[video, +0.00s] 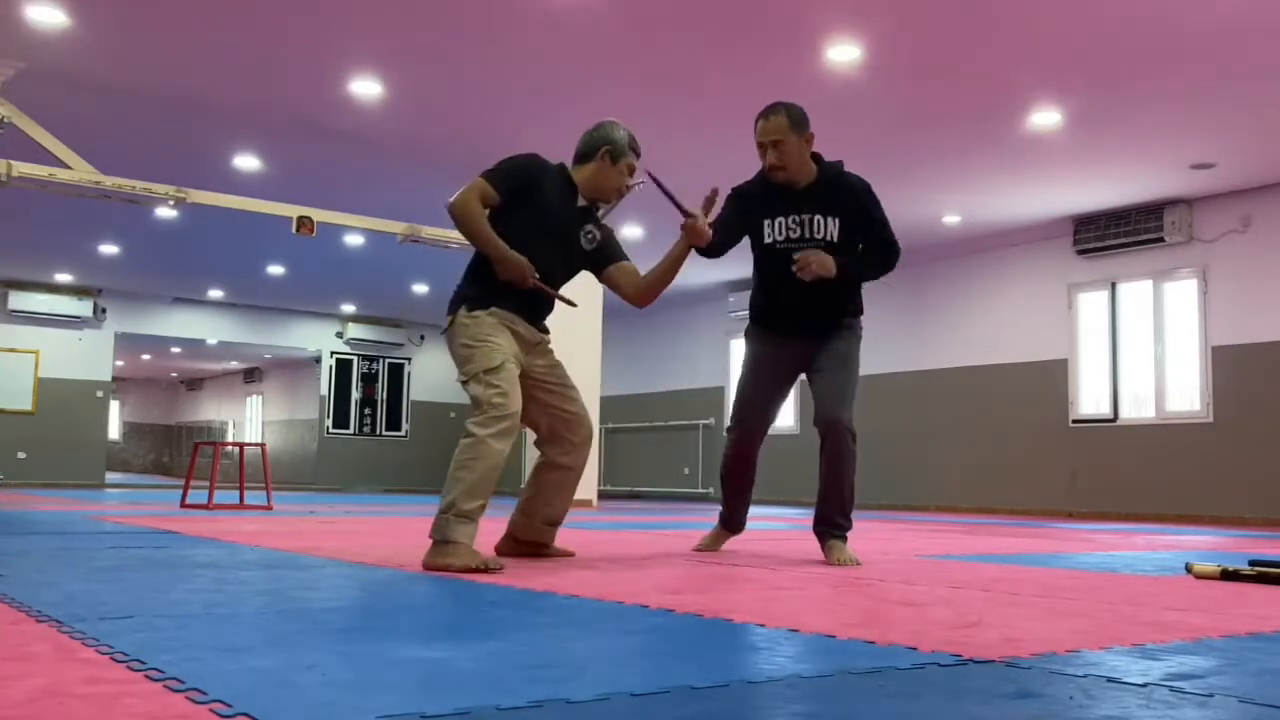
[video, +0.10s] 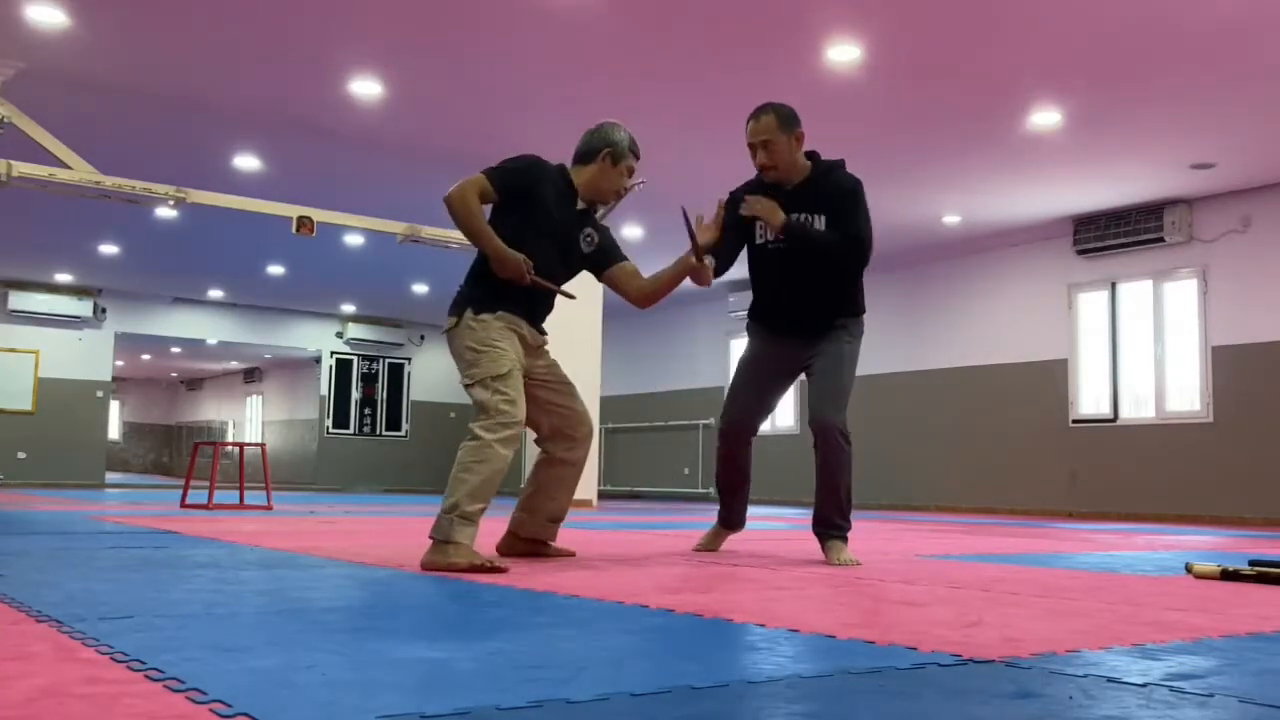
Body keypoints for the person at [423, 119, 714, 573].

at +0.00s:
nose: (631, 185)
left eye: (635, 177)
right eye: (629, 171)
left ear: (605, 165)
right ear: (603, 158)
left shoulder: (593, 232)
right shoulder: (535, 171)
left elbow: (640, 292)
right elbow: (463, 204)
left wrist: (687, 241)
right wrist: (502, 255)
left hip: (529, 336)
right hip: (482, 316)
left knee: (572, 430)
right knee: (501, 411)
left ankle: (527, 537)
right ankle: (449, 544)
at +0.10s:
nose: (629, 186)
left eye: (633, 178)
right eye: (628, 173)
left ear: (605, 167)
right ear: (604, 159)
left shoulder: (591, 234)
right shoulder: (535, 172)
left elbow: (643, 293)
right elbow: (460, 197)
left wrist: (693, 253)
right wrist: (497, 252)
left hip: (527, 337)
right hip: (484, 320)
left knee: (572, 429)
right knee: (503, 419)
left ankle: (527, 536)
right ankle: (448, 544)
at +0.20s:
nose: (627, 189)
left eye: (632, 181)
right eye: (628, 176)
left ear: (607, 167)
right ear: (607, 162)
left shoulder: (586, 234)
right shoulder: (544, 174)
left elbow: (613, 304)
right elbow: (475, 193)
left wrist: (672, 276)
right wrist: (516, 250)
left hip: (529, 337)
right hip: (491, 322)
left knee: (571, 425)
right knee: (507, 422)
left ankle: (529, 533)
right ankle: (450, 544)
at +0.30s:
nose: (623, 184)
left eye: (627, 175)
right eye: (623, 171)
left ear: (588, 156)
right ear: (605, 159)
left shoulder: (557, 188)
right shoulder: (575, 178)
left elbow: (528, 276)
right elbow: (553, 227)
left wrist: (580, 305)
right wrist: (606, 278)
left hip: (528, 329)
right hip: (510, 322)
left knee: (567, 427)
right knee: (507, 428)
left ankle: (530, 535)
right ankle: (453, 541)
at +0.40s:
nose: (617, 166)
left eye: (619, 158)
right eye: (618, 157)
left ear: (569, 146)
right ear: (604, 150)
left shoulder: (528, 180)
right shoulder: (594, 179)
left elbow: (472, 249)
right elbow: (642, 256)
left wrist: (520, 283)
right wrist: (697, 300)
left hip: (496, 316)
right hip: (528, 318)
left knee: (567, 424)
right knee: (532, 423)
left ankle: (529, 535)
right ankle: (466, 527)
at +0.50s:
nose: (614, 157)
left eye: (614, 149)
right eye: (614, 149)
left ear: (566, 138)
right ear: (603, 144)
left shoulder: (525, 178)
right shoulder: (600, 176)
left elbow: (475, 246)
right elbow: (646, 252)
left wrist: (520, 277)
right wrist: (693, 302)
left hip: (501, 313)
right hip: (542, 315)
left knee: (545, 423)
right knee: (559, 425)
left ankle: (536, 535)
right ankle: (519, 535)